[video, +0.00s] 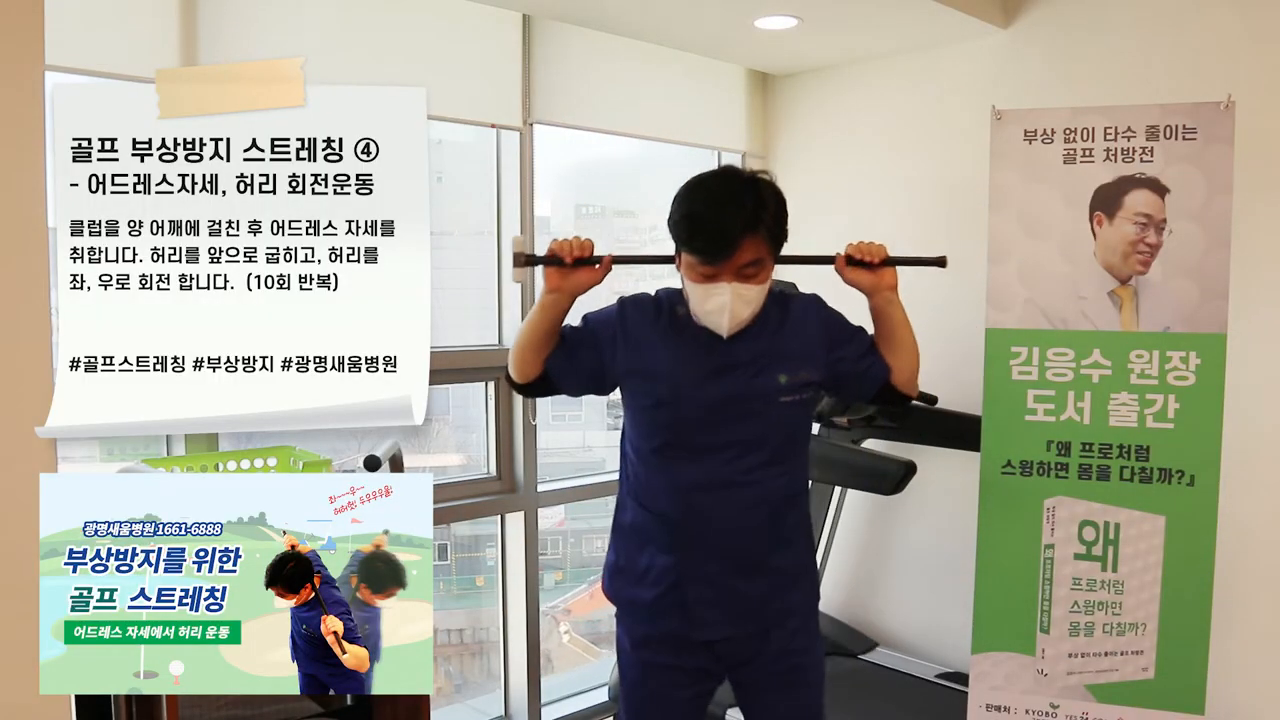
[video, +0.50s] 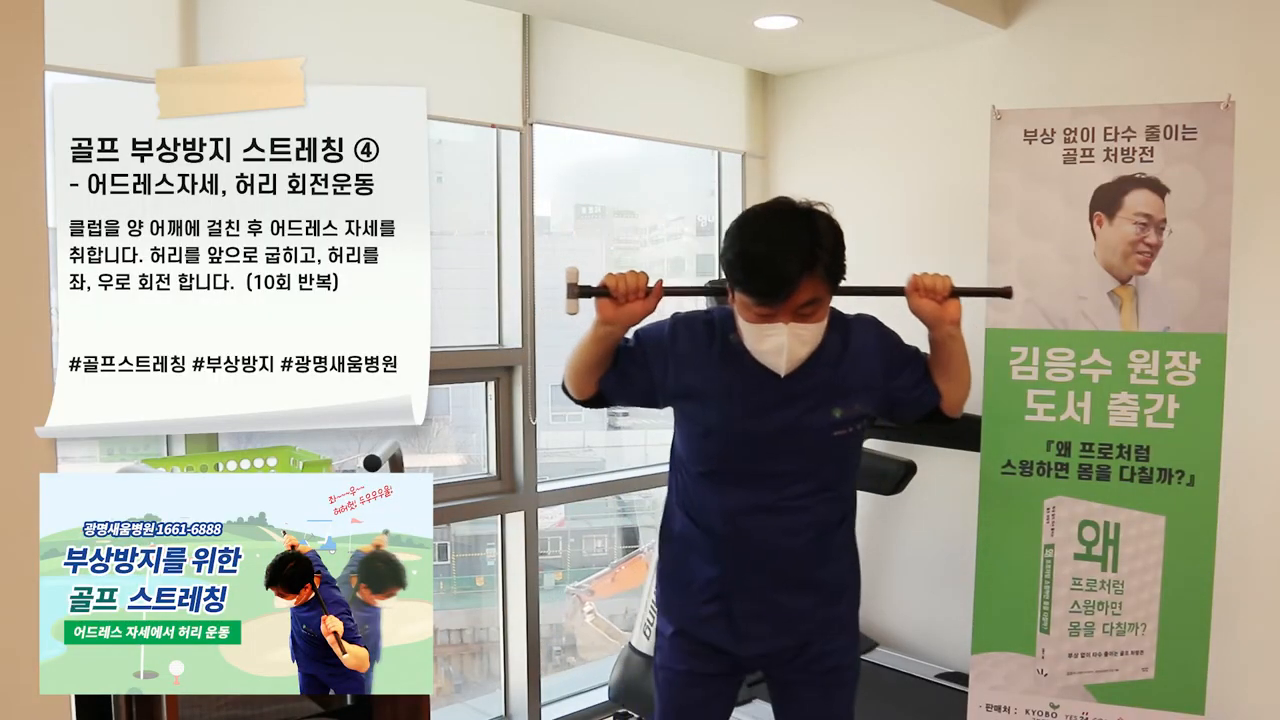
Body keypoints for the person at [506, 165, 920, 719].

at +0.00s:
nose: (726, 292)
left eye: (750, 272)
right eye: (706, 273)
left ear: (774, 261)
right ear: (679, 258)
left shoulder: (805, 324)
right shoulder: (636, 327)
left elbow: (900, 380)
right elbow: (526, 371)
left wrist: (884, 296)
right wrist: (556, 296)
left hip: (775, 610)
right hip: (658, 610)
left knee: (793, 711)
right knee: (652, 711)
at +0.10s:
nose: (730, 305)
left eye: (753, 286)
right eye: (709, 287)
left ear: (778, 269)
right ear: (680, 269)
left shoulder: (807, 328)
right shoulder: (637, 329)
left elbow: (897, 384)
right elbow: (527, 372)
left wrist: (886, 302)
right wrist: (557, 305)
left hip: (774, 608)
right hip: (658, 609)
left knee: (792, 710)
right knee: (650, 710)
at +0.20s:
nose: (739, 313)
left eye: (761, 293)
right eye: (717, 294)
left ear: (787, 273)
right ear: (688, 275)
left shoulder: (816, 332)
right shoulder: (644, 332)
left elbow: (905, 386)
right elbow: (534, 373)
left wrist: (896, 309)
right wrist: (562, 308)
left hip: (780, 609)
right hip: (664, 610)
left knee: (794, 710)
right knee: (652, 710)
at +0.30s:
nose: (757, 323)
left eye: (780, 302)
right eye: (734, 304)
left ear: (805, 282)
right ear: (705, 284)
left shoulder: (835, 339)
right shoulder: (663, 338)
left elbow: (923, 390)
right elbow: (552, 379)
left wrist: (917, 319)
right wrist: (581, 317)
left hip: (794, 611)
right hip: (679, 612)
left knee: (806, 713)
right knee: (666, 713)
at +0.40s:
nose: (770, 328)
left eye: (793, 308)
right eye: (747, 310)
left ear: (818, 285)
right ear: (717, 287)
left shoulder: (848, 343)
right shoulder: (677, 340)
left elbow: (935, 393)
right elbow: (566, 384)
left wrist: (931, 324)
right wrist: (594, 323)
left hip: (805, 614)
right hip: (689, 614)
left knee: (816, 713)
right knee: (674, 713)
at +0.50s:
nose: (784, 332)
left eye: (806, 312)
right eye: (761, 314)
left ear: (832, 290)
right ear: (730, 290)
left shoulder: (863, 349)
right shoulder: (690, 344)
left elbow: (949, 397)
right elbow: (582, 386)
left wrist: (946, 331)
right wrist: (609, 327)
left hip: (816, 619)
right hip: (699, 617)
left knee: (821, 713)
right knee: (681, 713)